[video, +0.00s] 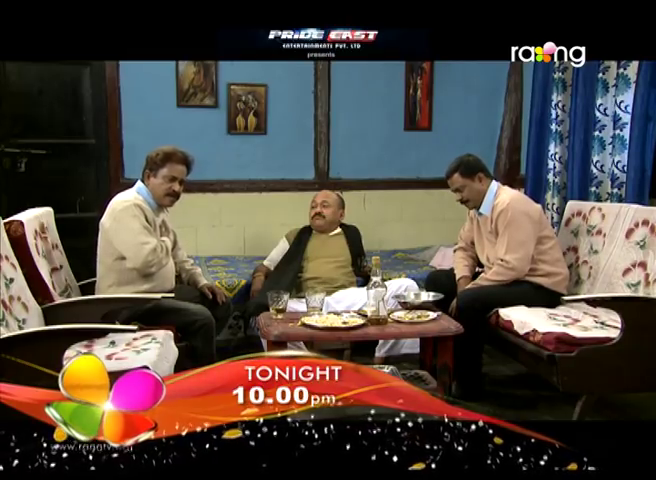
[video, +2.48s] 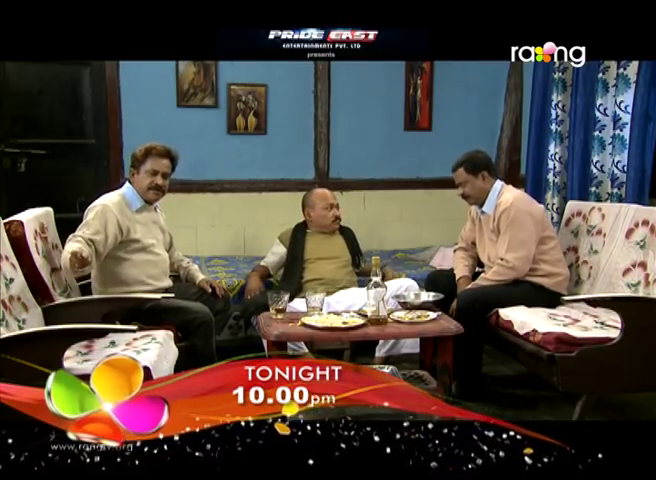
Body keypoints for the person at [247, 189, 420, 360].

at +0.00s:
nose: (317, 210)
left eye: (325, 206)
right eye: (314, 206)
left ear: (340, 213)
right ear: (309, 211)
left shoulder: (351, 233)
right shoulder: (297, 236)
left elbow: (361, 269)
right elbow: (264, 269)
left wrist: (378, 280)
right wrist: (256, 301)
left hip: (351, 298)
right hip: (310, 300)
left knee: (406, 285)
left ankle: (382, 363)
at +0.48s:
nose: (317, 210)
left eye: (325, 206)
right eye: (313, 206)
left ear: (340, 213)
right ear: (309, 211)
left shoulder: (351, 233)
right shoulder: (297, 236)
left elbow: (361, 269)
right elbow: (264, 270)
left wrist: (379, 281)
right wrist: (255, 303)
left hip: (350, 297)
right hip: (309, 300)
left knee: (406, 285)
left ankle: (382, 362)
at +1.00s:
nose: (317, 211)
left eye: (325, 206)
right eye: (313, 206)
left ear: (340, 213)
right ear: (308, 211)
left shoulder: (351, 233)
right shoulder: (298, 236)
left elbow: (361, 269)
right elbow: (264, 269)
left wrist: (379, 282)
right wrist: (256, 303)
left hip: (349, 298)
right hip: (308, 300)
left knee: (406, 286)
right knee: (264, 316)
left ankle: (382, 363)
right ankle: (304, 364)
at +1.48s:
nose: (317, 211)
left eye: (324, 206)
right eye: (313, 206)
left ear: (340, 213)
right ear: (308, 212)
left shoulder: (351, 233)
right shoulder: (297, 236)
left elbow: (361, 269)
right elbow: (264, 269)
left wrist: (379, 280)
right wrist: (255, 302)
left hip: (350, 298)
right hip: (309, 300)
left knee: (406, 286)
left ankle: (382, 362)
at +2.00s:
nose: (336, 213)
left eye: (337, 208)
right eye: (328, 209)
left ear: (341, 209)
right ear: (309, 214)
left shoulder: (349, 233)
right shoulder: (295, 236)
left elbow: (362, 268)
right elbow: (263, 270)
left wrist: (377, 281)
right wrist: (259, 297)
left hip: (351, 297)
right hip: (311, 300)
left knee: (406, 286)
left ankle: (384, 366)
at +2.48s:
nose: (336, 213)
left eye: (337, 207)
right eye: (329, 209)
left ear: (340, 208)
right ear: (309, 214)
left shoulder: (346, 234)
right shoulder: (293, 237)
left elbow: (358, 267)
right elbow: (266, 266)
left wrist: (380, 272)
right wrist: (254, 278)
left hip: (350, 298)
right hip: (310, 300)